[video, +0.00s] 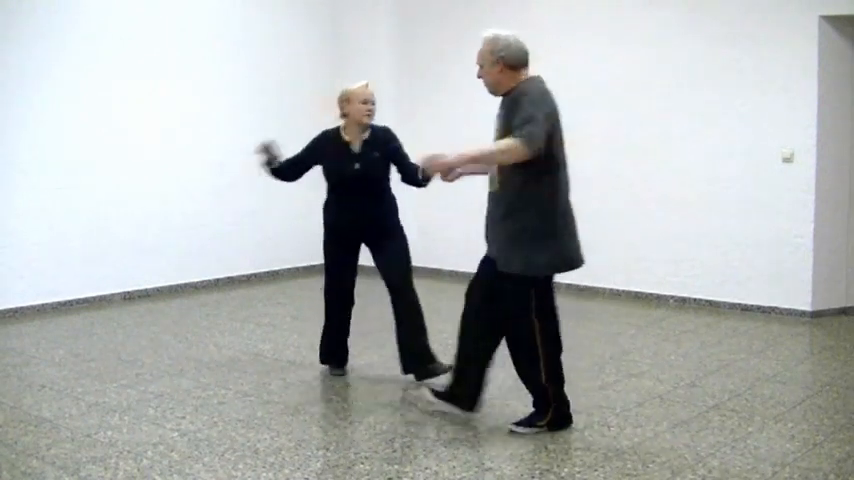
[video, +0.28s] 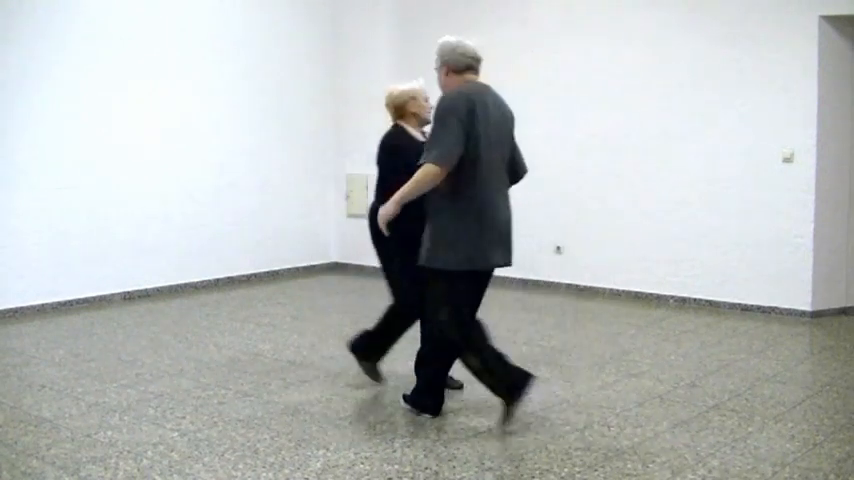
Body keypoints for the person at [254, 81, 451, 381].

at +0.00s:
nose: (371, 108)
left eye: (372, 103)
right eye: (364, 103)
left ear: (373, 108)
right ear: (345, 107)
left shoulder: (383, 137)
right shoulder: (327, 142)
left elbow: (409, 173)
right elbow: (291, 171)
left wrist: (425, 174)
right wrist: (274, 165)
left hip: (383, 225)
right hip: (341, 228)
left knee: (403, 288)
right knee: (339, 293)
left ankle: (420, 362)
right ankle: (335, 359)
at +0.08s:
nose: (391, 108)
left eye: (391, 103)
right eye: (384, 103)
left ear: (390, 107)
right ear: (363, 108)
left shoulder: (399, 139)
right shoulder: (346, 142)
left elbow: (421, 177)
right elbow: (317, 174)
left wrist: (438, 181)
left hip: (395, 231)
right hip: (355, 233)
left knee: (412, 299)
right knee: (350, 297)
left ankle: (431, 372)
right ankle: (332, 354)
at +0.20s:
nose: (418, 107)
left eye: (415, 101)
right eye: (411, 102)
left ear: (403, 108)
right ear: (392, 109)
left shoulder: (420, 143)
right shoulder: (376, 142)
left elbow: (439, 184)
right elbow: (383, 181)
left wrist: (465, 194)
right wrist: (428, 163)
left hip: (415, 228)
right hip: (379, 230)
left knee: (430, 301)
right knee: (385, 302)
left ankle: (432, 373)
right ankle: (342, 345)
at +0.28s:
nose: (429, 105)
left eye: (427, 99)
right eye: (423, 100)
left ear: (407, 109)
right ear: (407, 108)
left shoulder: (420, 139)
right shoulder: (397, 141)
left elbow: (430, 180)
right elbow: (416, 183)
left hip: (421, 225)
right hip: (395, 227)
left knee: (434, 296)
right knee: (412, 298)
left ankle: (436, 368)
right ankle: (366, 348)